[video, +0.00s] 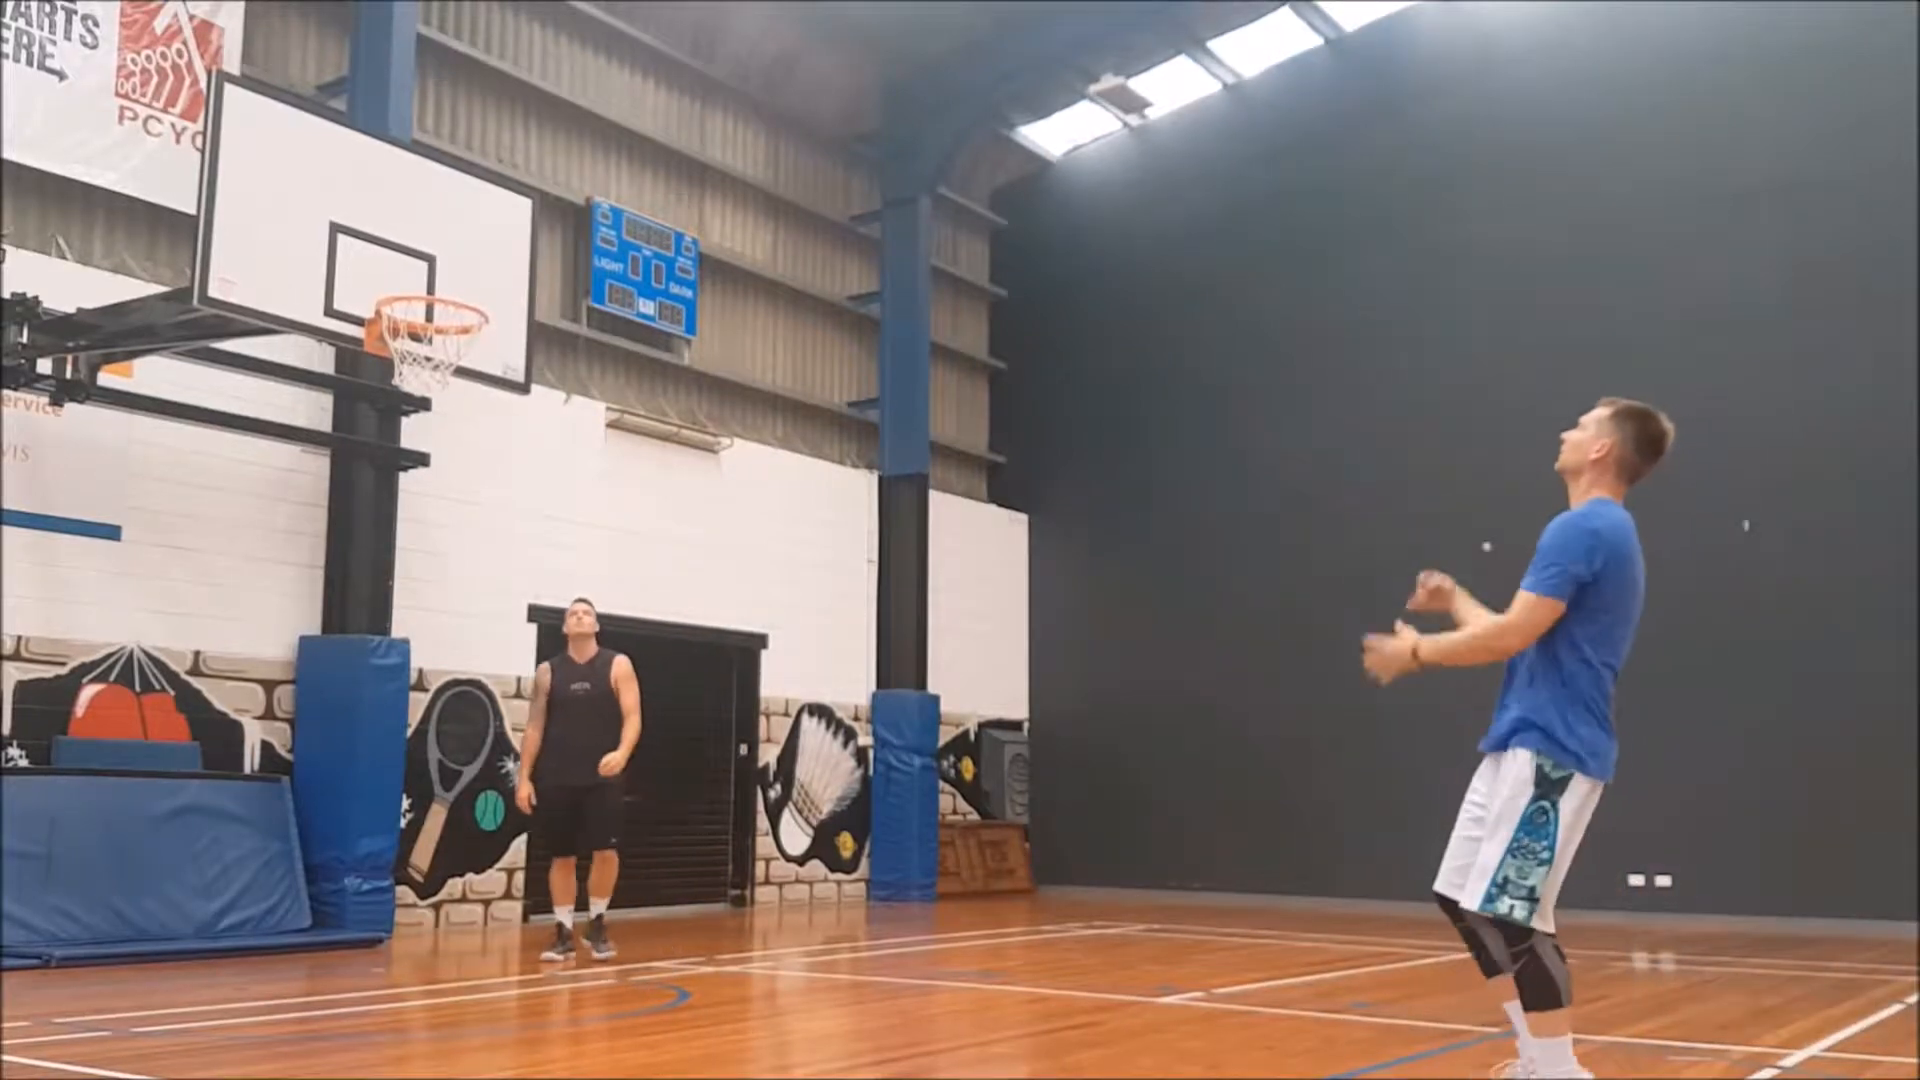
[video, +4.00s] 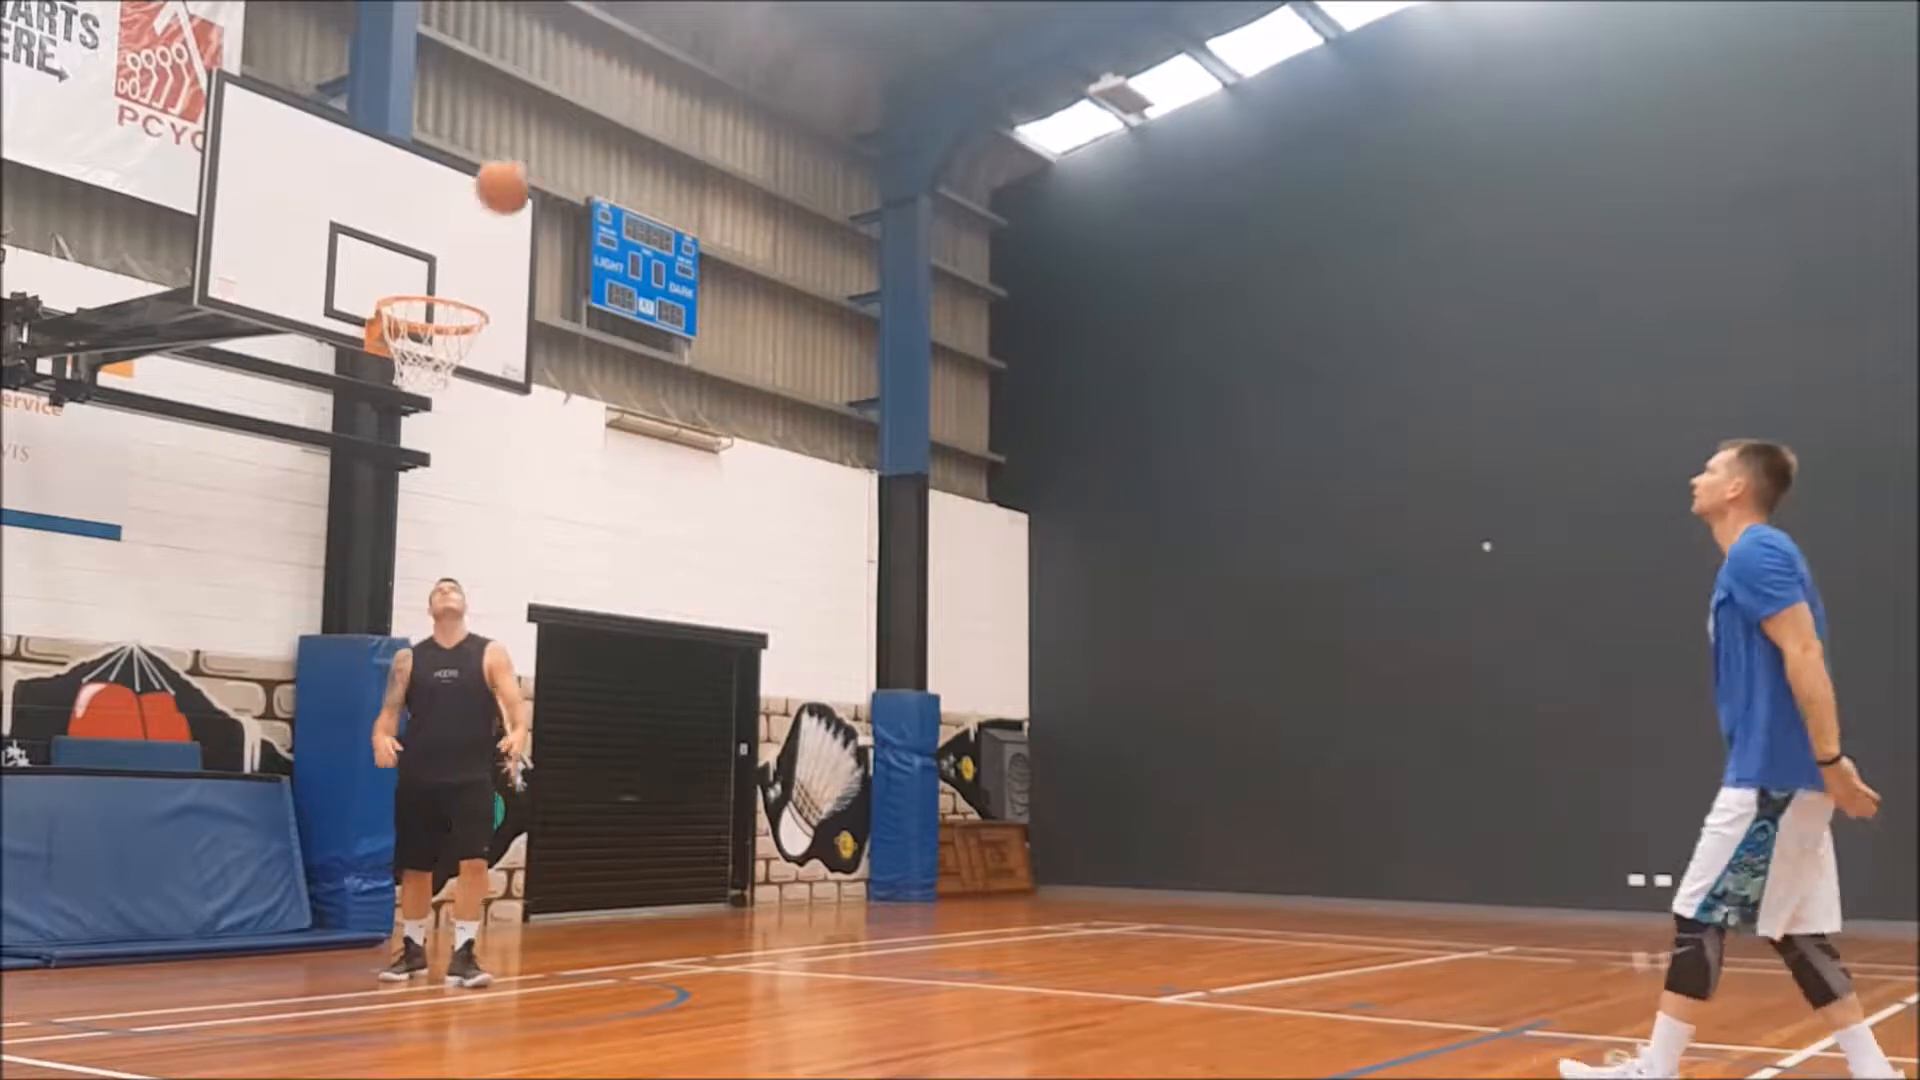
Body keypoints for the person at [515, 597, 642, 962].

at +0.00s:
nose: (579, 616)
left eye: (586, 613)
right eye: (573, 614)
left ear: (597, 625)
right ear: (564, 627)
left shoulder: (617, 665)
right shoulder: (547, 671)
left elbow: (632, 716)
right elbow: (534, 727)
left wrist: (622, 753)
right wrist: (524, 777)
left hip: (602, 777)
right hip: (557, 778)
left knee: (605, 850)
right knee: (562, 855)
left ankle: (598, 926)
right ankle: (564, 934)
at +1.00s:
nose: (513, 607)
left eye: (524, 603)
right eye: (511, 602)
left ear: (543, 617)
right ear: (505, 615)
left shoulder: (556, 660)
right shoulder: (489, 661)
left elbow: (542, 706)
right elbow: (441, 704)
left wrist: (491, 680)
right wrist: (419, 677)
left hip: (543, 786)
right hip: (493, 783)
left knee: (546, 872)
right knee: (476, 862)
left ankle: (550, 942)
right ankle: (449, 951)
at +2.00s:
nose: (494, 585)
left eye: (499, 579)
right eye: (485, 578)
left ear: (504, 590)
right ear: (464, 588)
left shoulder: (516, 643)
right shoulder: (445, 640)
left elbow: (531, 704)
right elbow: (434, 710)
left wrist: (543, 755)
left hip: (500, 769)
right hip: (451, 768)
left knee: (494, 863)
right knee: (454, 861)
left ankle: (484, 956)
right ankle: (442, 963)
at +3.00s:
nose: (450, 599)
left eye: (456, 594)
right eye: (443, 593)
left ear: (462, 604)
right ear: (426, 601)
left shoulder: (481, 653)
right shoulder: (398, 653)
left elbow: (492, 710)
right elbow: (377, 714)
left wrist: (486, 740)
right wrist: (403, 743)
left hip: (459, 773)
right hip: (409, 773)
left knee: (460, 860)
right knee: (411, 862)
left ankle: (471, 950)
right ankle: (413, 950)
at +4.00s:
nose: (447, 591)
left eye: (455, 589)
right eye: (440, 590)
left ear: (467, 608)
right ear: (429, 609)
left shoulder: (490, 653)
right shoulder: (409, 658)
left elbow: (515, 706)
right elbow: (390, 710)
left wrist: (519, 732)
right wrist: (382, 736)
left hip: (472, 778)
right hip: (418, 777)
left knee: (473, 861)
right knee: (415, 866)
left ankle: (463, 956)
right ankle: (413, 952)